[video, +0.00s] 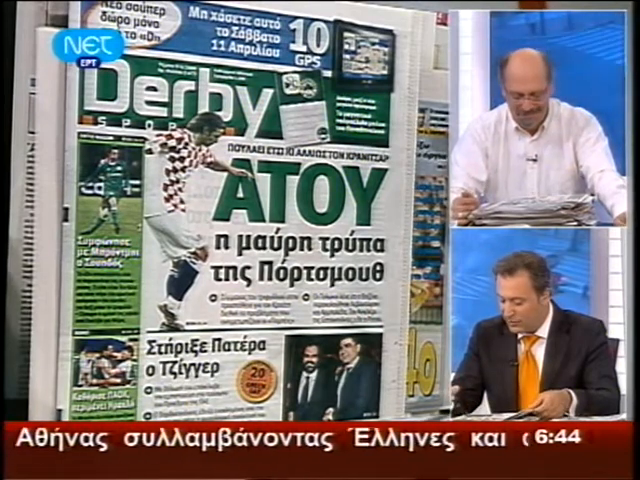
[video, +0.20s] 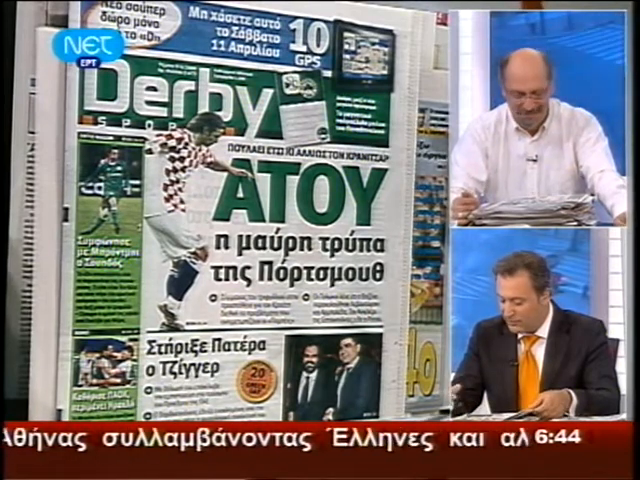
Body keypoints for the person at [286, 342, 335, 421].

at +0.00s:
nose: (310, 360)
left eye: (314, 356)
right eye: (307, 356)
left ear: (320, 359)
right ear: (302, 358)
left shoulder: (326, 377)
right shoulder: (295, 375)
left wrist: (330, 411)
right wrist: (290, 412)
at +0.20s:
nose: (310, 360)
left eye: (314, 356)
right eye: (307, 356)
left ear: (320, 359)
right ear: (302, 358)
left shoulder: (326, 377)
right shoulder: (295, 375)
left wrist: (330, 411)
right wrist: (290, 413)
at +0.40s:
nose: (310, 360)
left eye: (314, 356)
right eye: (307, 356)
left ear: (320, 359)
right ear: (302, 358)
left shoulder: (326, 377)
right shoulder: (295, 375)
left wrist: (330, 411)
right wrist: (290, 413)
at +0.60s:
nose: (310, 360)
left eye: (314, 356)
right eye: (307, 356)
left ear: (320, 359)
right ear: (302, 358)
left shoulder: (326, 377)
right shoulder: (296, 375)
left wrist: (330, 411)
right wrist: (291, 412)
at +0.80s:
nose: (310, 360)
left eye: (314, 356)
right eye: (307, 356)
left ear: (320, 359)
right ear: (302, 358)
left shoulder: (326, 377)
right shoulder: (296, 375)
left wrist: (330, 411)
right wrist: (291, 412)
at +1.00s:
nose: (310, 360)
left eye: (314, 356)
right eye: (307, 356)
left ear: (320, 359)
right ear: (302, 358)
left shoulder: (326, 377)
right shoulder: (296, 375)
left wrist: (330, 411)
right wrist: (291, 412)